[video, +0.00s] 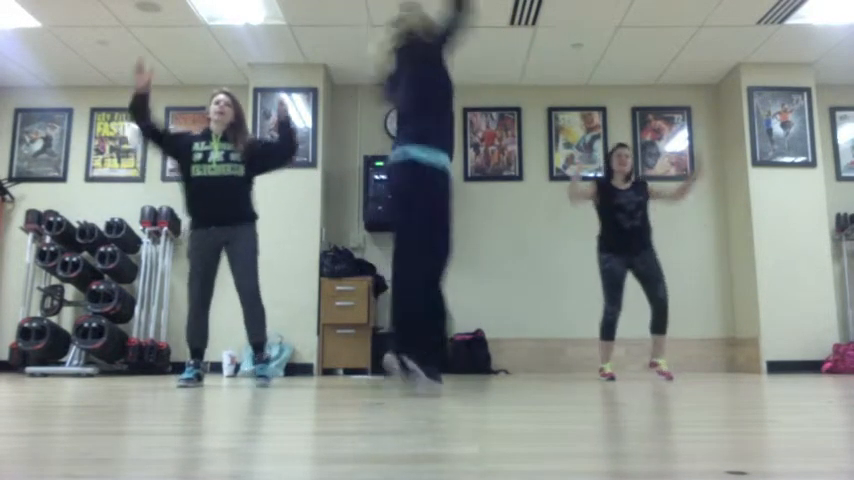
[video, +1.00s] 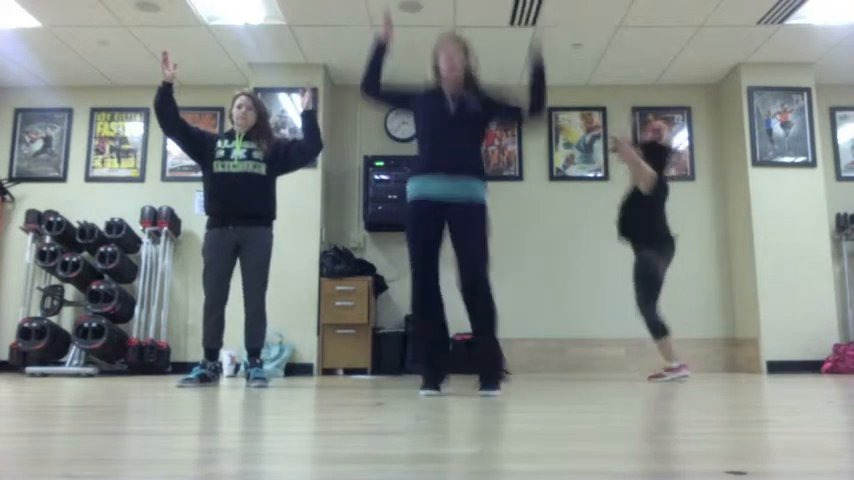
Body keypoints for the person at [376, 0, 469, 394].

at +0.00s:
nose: (431, 25)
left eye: (423, 22)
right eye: (426, 21)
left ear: (399, 32)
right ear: (424, 27)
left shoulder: (401, 64)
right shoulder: (425, 50)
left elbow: (389, 92)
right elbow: (457, 18)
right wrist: (457, 4)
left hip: (406, 167)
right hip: (427, 168)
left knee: (411, 257)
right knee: (429, 257)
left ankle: (403, 347)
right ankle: (419, 352)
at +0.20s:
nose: (439, 65)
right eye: (437, 59)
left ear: (402, 66)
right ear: (437, 64)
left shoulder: (391, 103)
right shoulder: (449, 95)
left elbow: (351, 114)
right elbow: (496, 58)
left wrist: (345, 82)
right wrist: (475, 18)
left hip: (398, 204)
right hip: (439, 203)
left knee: (405, 293)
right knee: (446, 293)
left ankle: (396, 375)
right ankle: (427, 374)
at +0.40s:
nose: (406, 41)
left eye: (408, 37)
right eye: (409, 37)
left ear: (413, 40)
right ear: (444, 41)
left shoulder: (402, 70)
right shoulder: (458, 74)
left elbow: (348, 57)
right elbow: (482, 60)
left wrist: (330, 12)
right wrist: (472, 19)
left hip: (413, 175)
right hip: (451, 177)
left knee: (403, 264)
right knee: (441, 265)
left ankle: (409, 357)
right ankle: (437, 357)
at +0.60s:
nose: (412, 77)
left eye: (416, 71)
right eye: (412, 71)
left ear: (427, 73)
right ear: (435, 73)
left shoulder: (436, 99)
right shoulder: (433, 101)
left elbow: (428, 61)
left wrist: (414, 28)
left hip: (435, 199)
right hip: (434, 199)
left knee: (418, 286)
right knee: (423, 286)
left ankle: (439, 377)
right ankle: (442, 374)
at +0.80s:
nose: (429, 47)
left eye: (436, 41)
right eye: (425, 42)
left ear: (448, 48)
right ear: (420, 50)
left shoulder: (464, 83)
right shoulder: (412, 90)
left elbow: (506, 61)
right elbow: (379, 76)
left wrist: (506, 18)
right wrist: (382, 30)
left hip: (451, 189)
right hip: (418, 191)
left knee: (446, 271)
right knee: (421, 270)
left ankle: (445, 363)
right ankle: (425, 362)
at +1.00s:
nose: (449, 61)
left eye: (455, 54)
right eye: (443, 55)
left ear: (466, 61)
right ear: (436, 62)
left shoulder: (480, 103)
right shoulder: (422, 100)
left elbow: (533, 110)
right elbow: (370, 89)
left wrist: (537, 64)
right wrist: (382, 44)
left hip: (468, 199)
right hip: (425, 199)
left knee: (474, 283)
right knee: (425, 284)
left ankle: (490, 372)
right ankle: (431, 372)